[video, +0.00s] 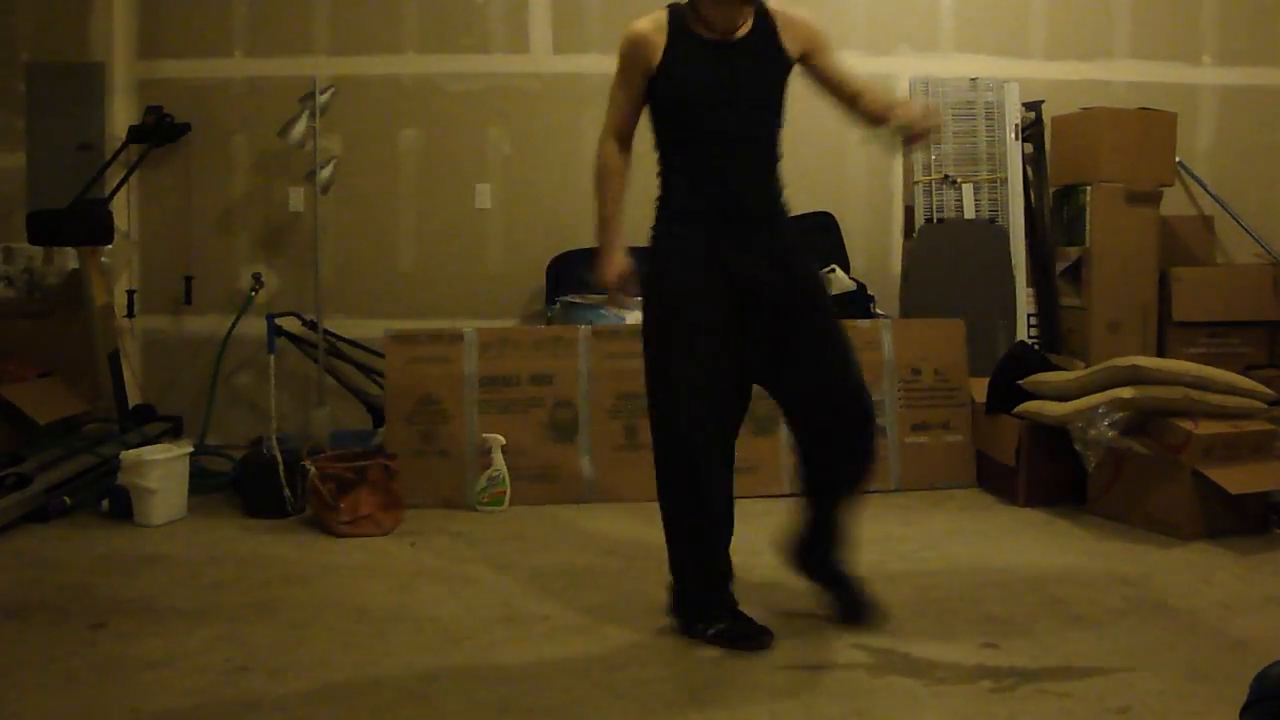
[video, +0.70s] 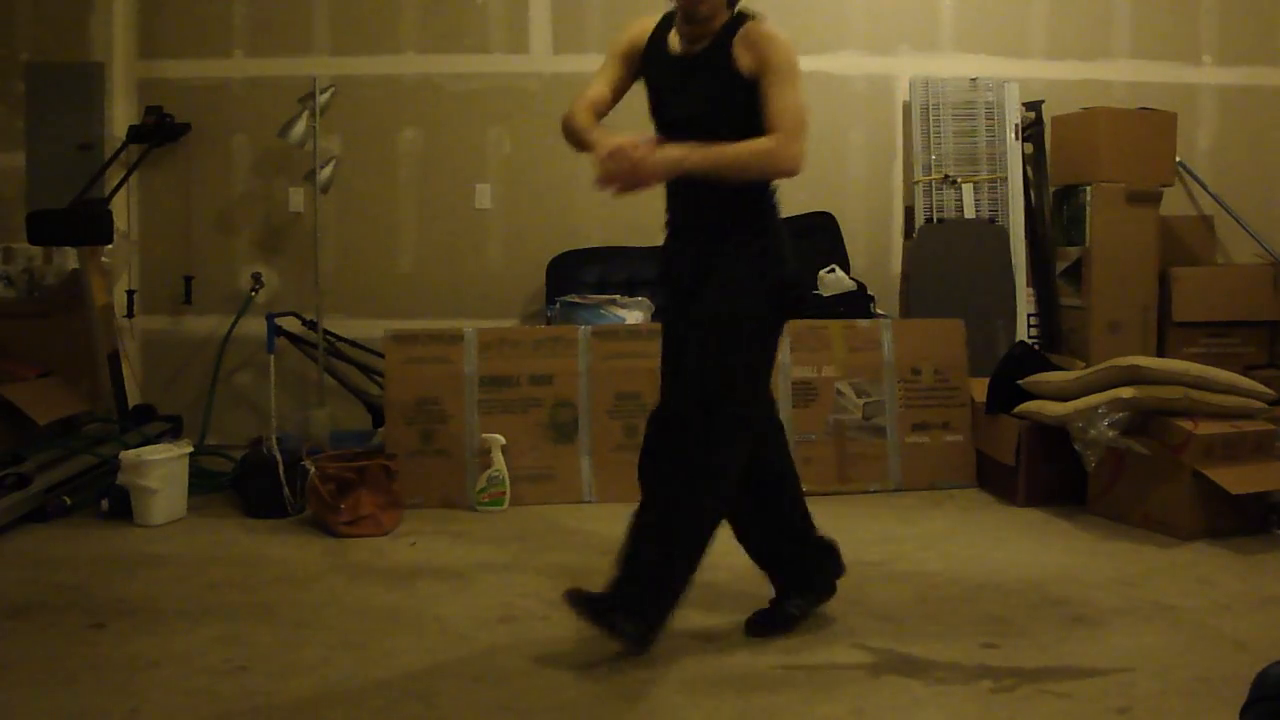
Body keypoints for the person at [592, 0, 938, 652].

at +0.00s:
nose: (731, 9)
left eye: (738, 4)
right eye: (719, 4)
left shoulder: (788, 30)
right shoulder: (650, 40)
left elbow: (857, 96)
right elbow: (616, 139)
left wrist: (899, 113)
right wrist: (610, 244)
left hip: (771, 258)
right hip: (687, 263)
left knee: (842, 415)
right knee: (695, 435)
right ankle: (701, 601)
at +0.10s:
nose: (748, 4)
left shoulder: (810, 31)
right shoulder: (673, 45)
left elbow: (917, 82)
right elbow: (638, 133)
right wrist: (642, 223)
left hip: (798, 262)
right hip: (710, 267)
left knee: (857, 429)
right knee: (706, 444)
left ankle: (915, 578)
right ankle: (735, 603)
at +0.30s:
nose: (761, 10)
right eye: (746, 2)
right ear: (715, 6)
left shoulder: (812, 53)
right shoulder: (688, 67)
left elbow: (891, 119)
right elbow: (694, 147)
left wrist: (975, 159)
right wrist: (684, 202)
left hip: (812, 278)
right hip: (731, 283)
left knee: (859, 434)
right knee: (738, 449)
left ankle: (916, 580)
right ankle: (750, 600)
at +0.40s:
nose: (743, 16)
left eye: (754, 3)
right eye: (727, 5)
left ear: (771, 6)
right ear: (702, 13)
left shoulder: (808, 72)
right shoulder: (685, 80)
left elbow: (873, 167)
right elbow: (675, 157)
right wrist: (672, 200)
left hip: (796, 283)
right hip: (721, 284)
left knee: (813, 436)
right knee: (728, 455)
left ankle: (883, 571)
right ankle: (754, 603)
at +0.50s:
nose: (728, 9)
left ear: (761, 5)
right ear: (693, 7)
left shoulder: (800, 72)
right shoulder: (679, 73)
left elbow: (855, 171)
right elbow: (632, 154)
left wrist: (753, 196)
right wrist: (650, 179)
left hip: (789, 273)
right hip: (716, 273)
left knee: (751, 437)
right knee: (708, 449)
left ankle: (808, 532)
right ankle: (752, 598)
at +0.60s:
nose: (709, 3)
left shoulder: (781, 41)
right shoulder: (662, 38)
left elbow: (824, 149)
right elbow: (602, 124)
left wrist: (712, 150)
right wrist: (634, 143)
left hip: (772, 248)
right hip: (704, 247)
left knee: (732, 413)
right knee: (687, 408)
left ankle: (765, 583)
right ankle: (716, 573)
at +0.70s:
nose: (690, 2)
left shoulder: (763, 46)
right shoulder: (648, 38)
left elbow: (788, 153)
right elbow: (578, 116)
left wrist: (674, 159)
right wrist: (605, 145)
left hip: (751, 258)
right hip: (687, 256)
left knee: (690, 431)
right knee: (733, 423)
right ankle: (806, 572)